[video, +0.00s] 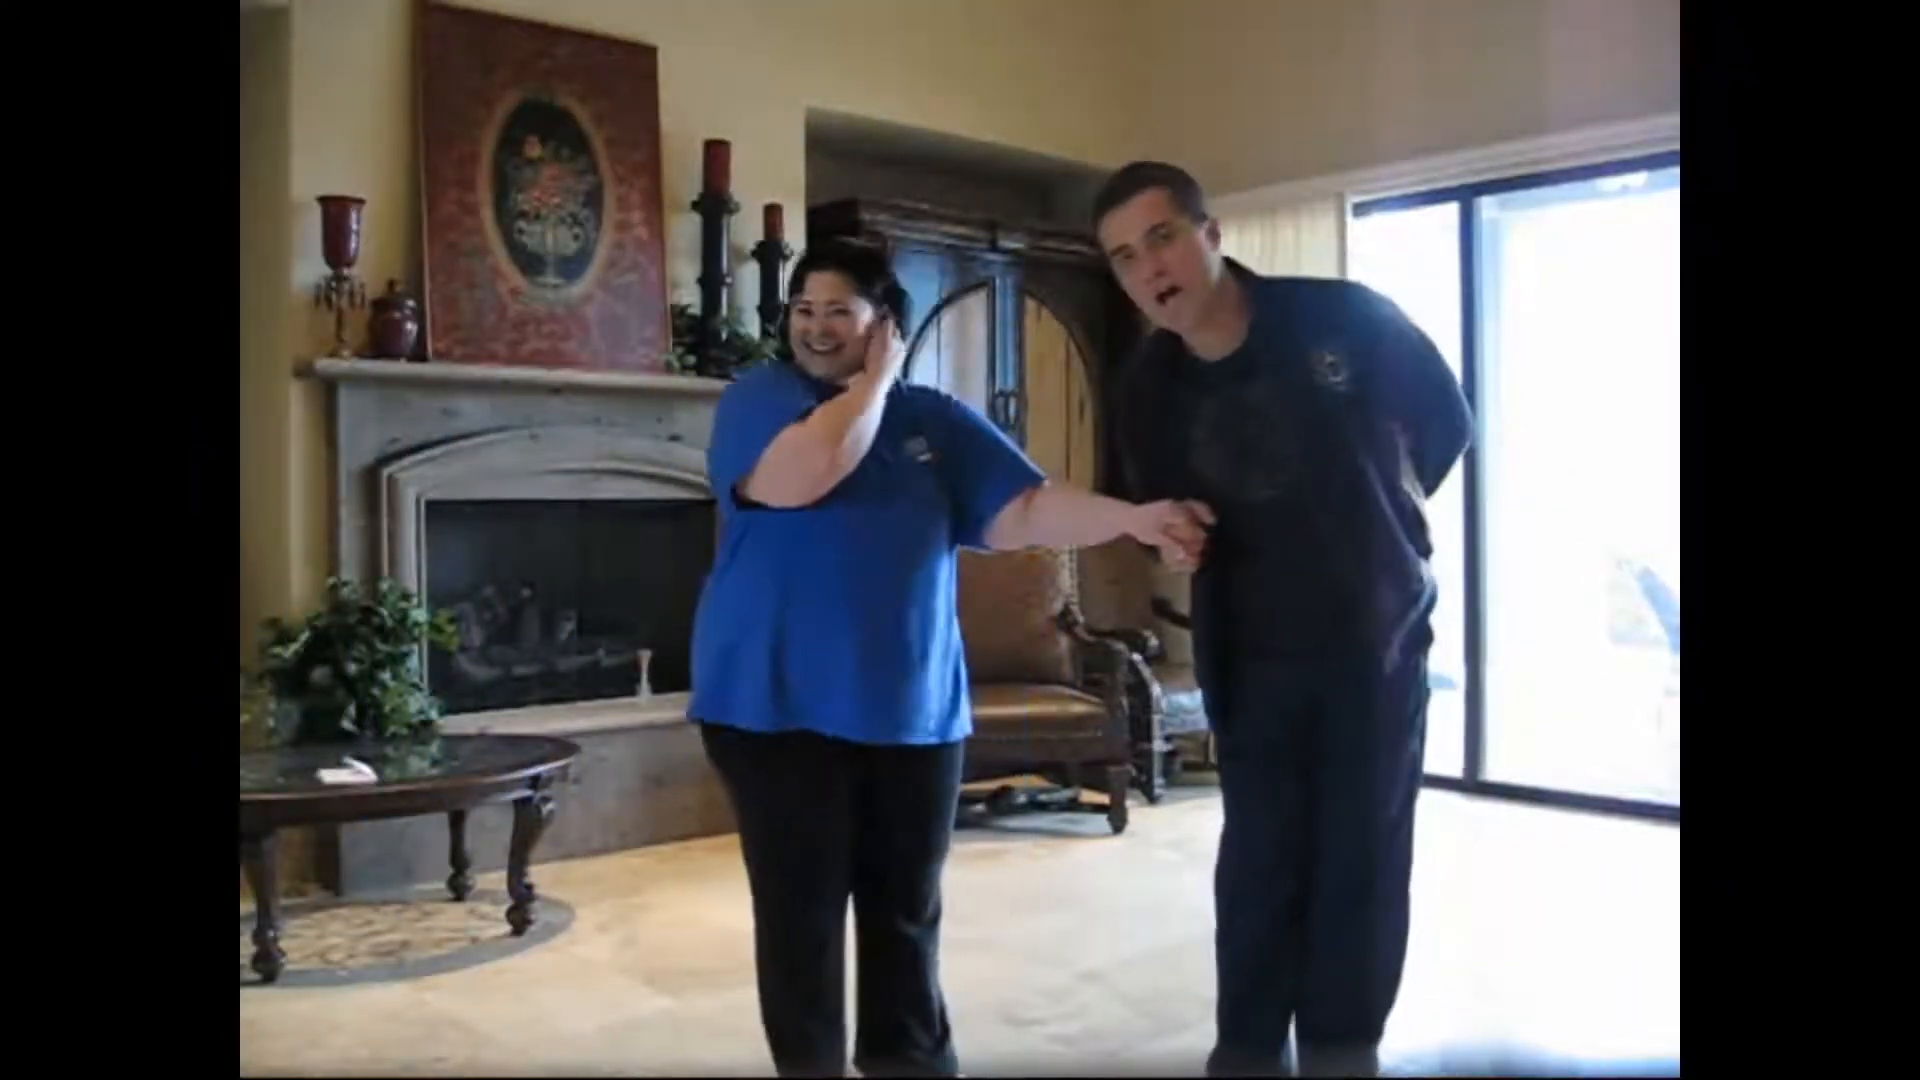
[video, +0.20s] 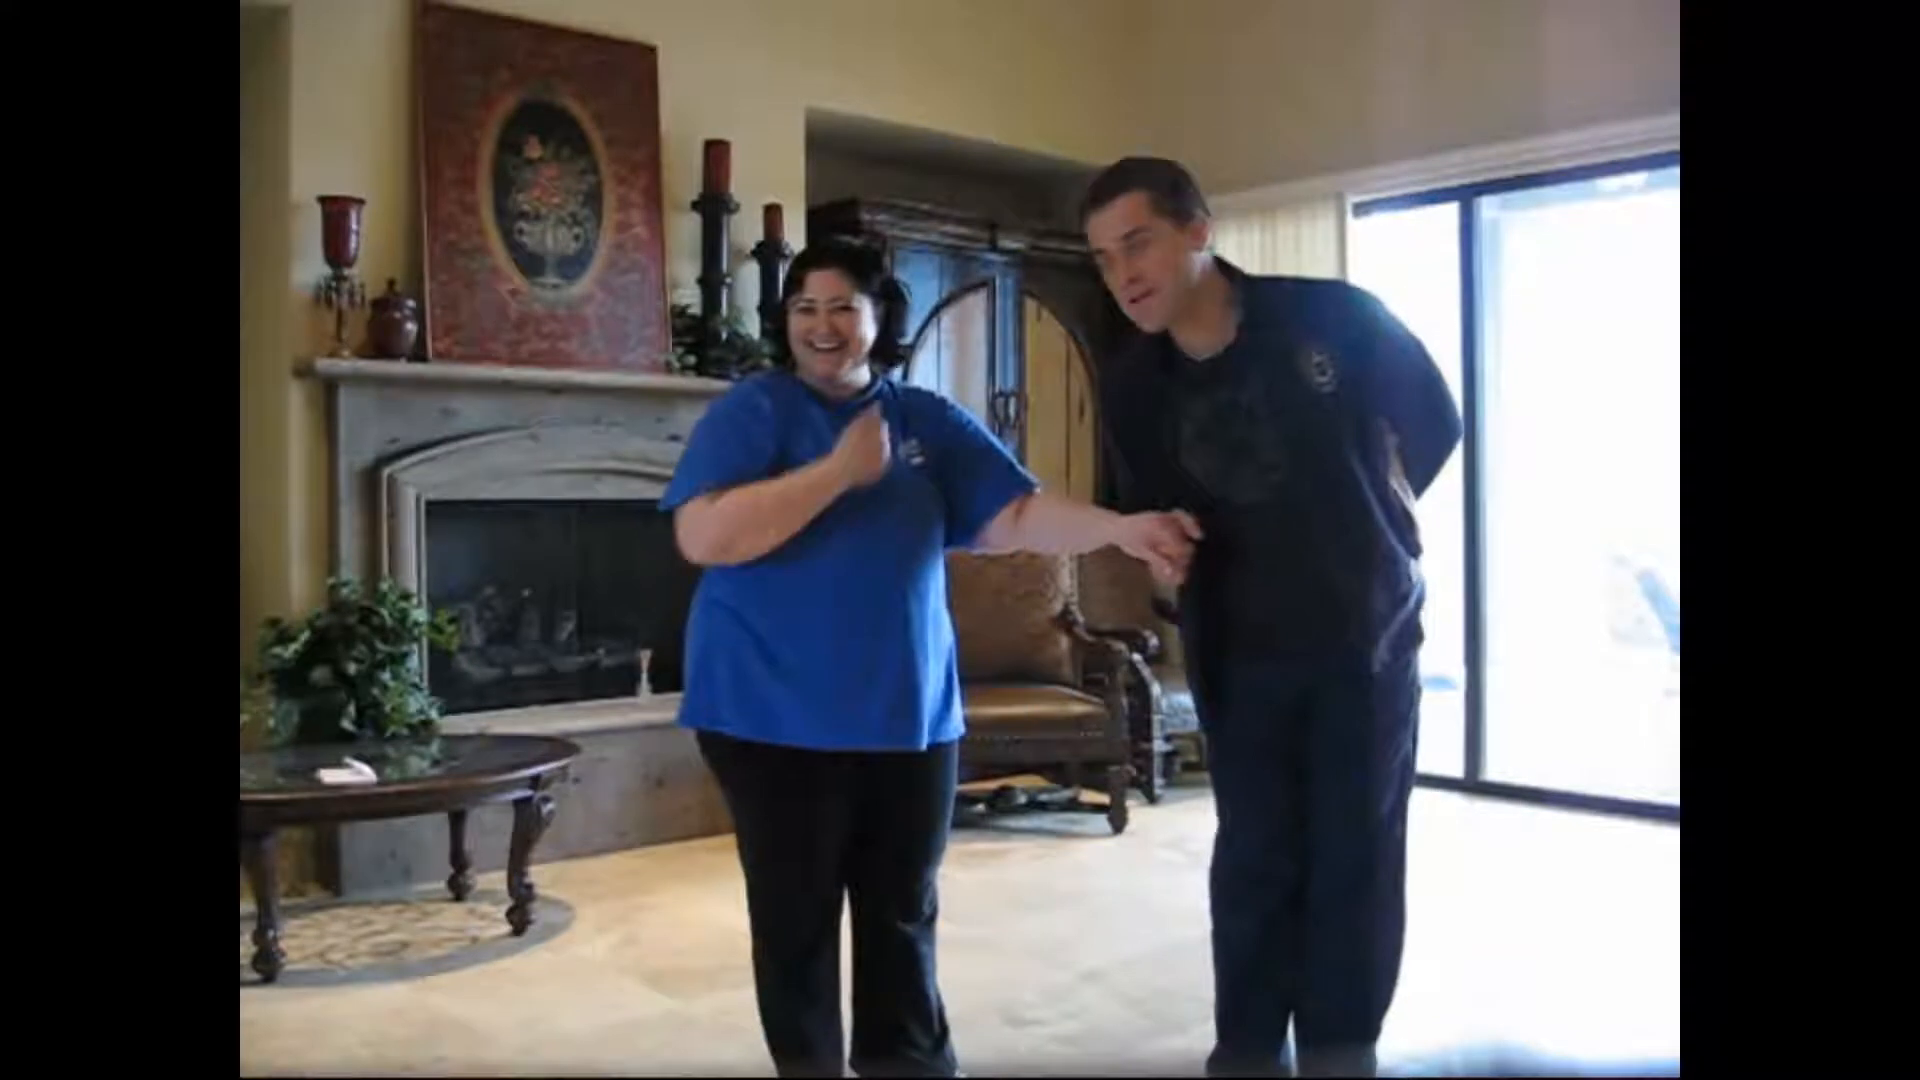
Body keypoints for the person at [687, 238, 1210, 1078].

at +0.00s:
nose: (815, 325)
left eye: (837, 311)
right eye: (803, 309)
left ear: (883, 324)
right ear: (787, 315)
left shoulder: (930, 418)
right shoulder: (756, 396)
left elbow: (1021, 507)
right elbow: (791, 478)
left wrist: (1137, 517)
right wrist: (876, 381)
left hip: (911, 714)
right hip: (773, 708)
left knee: (906, 923)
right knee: (800, 927)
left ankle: (911, 1068)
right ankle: (811, 1070)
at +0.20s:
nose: (824, 325)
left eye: (843, 309)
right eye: (807, 309)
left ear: (879, 321)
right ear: (783, 320)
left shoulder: (920, 418)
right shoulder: (748, 411)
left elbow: (1013, 513)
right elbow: (701, 536)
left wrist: (1124, 528)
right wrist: (838, 471)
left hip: (907, 722)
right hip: (771, 724)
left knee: (902, 926)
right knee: (794, 935)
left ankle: (909, 1068)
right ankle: (811, 1069)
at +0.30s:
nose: (825, 321)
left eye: (845, 304)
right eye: (809, 304)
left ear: (881, 320)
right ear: (784, 319)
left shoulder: (921, 421)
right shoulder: (742, 417)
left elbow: (1011, 513)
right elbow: (673, 550)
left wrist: (1120, 537)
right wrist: (792, 567)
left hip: (907, 729)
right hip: (770, 733)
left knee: (900, 925)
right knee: (793, 934)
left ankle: (909, 1068)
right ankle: (811, 1068)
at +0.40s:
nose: (827, 316)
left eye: (846, 302)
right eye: (809, 301)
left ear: (876, 322)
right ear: (782, 318)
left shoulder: (920, 422)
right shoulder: (730, 423)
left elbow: (1010, 513)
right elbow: (664, 548)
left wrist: (1120, 522)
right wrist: (712, 647)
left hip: (907, 734)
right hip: (769, 737)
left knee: (901, 928)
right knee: (792, 935)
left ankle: (909, 1068)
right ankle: (809, 1068)